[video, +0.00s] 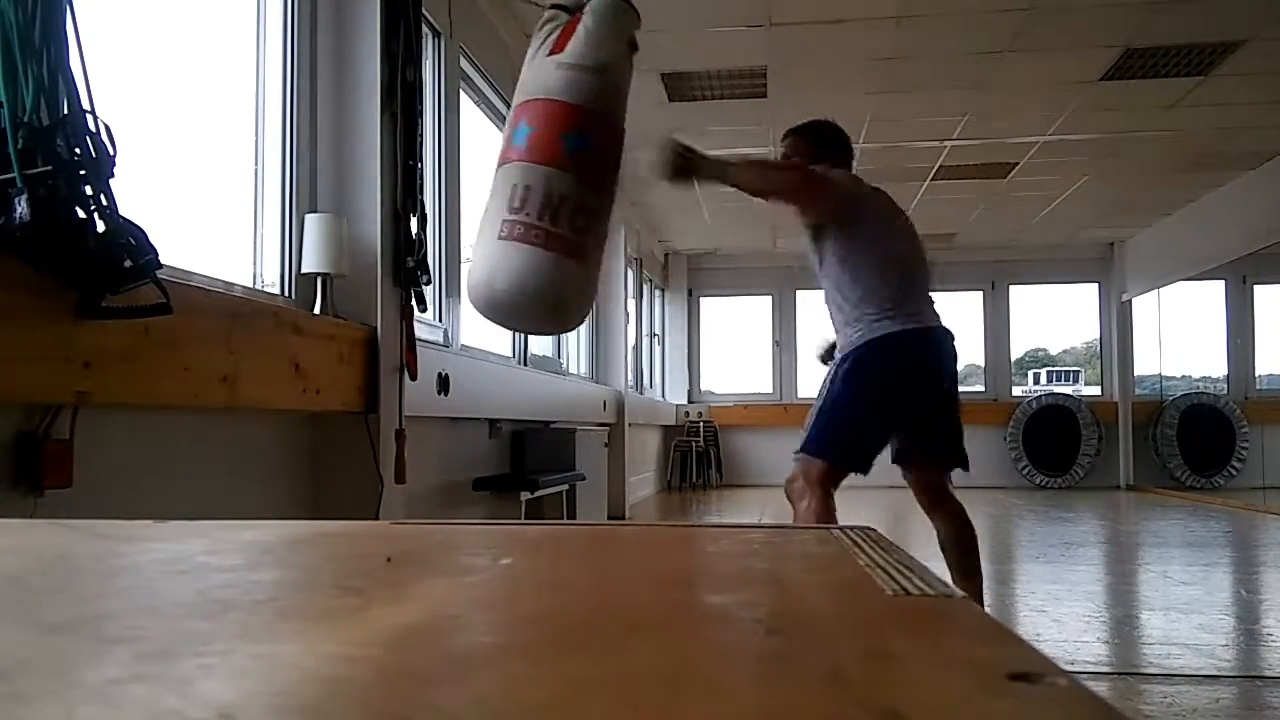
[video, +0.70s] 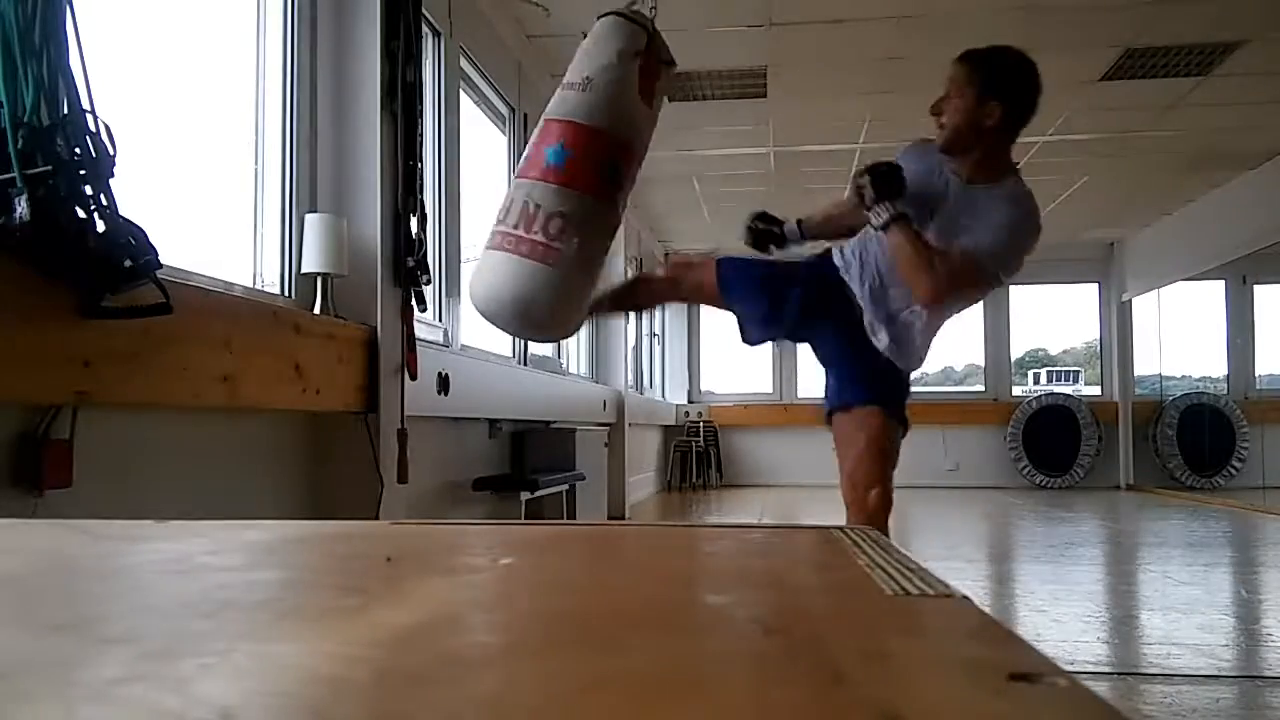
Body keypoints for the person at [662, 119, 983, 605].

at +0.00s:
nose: (783, 170)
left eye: (790, 160)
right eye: (782, 160)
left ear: (819, 162)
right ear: (845, 163)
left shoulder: (830, 189)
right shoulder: (882, 203)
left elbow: (790, 178)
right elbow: (898, 288)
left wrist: (705, 167)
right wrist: (845, 337)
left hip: (876, 354)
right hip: (930, 349)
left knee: (808, 483)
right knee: (933, 487)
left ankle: (824, 609)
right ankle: (975, 615)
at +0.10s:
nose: (770, 168)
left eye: (776, 156)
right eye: (770, 157)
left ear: (802, 153)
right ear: (833, 155)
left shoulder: (802, 189)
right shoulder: (888, 201)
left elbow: (722, 179)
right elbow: (960, 251)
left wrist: (635, 153)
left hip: (876, 359)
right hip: (938, 352)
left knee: (809, 493)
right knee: (950, 494)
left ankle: (842, 624)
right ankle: (977, 620)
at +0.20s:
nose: (778, 149)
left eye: (787, 134)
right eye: (779, 137)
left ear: (820, 136)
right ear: (844, 141)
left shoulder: (821, 182)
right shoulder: (890, 197)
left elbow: (752, 213)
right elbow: (923, 277)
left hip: (872, 362)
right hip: (931, 355)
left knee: (795, 493)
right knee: (952, 494)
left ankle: (825, 627)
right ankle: (978, 623)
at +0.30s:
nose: (805, 125)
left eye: (814, 111)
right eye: (807, 113)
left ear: (847, 115)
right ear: (849, 118)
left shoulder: (871, 173)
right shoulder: (848, 185)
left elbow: (934, 218)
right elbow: (806, 250)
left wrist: (913, 283)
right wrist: (739, 216)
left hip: (854, 360)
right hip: (889, 359)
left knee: (777, 496)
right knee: (928, 494)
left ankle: (806, 630)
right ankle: (968, 611)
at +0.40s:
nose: (844, 92)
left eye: (854, 78)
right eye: (847, 79)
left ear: (888, 83)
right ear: (885, 86)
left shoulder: (935, 148)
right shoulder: (855, 155)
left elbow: (1032, 191)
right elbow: (793, 173)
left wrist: (1006, 255)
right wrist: (729, 134)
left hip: (852, 338)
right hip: (810, 331)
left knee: (799, 494)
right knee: (830, 437)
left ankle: (812, 622)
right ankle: (908, 526)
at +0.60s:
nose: (900, 106)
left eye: (914, 93)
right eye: (905, 92)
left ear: (953, 108)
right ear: (948, 109)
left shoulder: (993, 196)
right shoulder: (896, 160)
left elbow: (925, 246)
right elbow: (844, 236)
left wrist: (861, 183)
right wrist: (793, 248)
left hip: (863, 344)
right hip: (811, 276)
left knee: (860, 487)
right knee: (665, 256)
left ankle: (856, 622)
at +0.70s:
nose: (936, 108)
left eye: (953, 98)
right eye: (943, 96)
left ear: (994, 114)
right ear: (982, 111)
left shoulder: (1015, 221)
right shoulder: (925, 157)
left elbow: (934, 289)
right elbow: (858, 213)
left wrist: (889, 211)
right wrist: (793, 232)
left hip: (879, 351)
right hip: (830, 281)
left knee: (869, 500)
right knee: (678, 276)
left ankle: (868, 631)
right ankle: (573, 311)